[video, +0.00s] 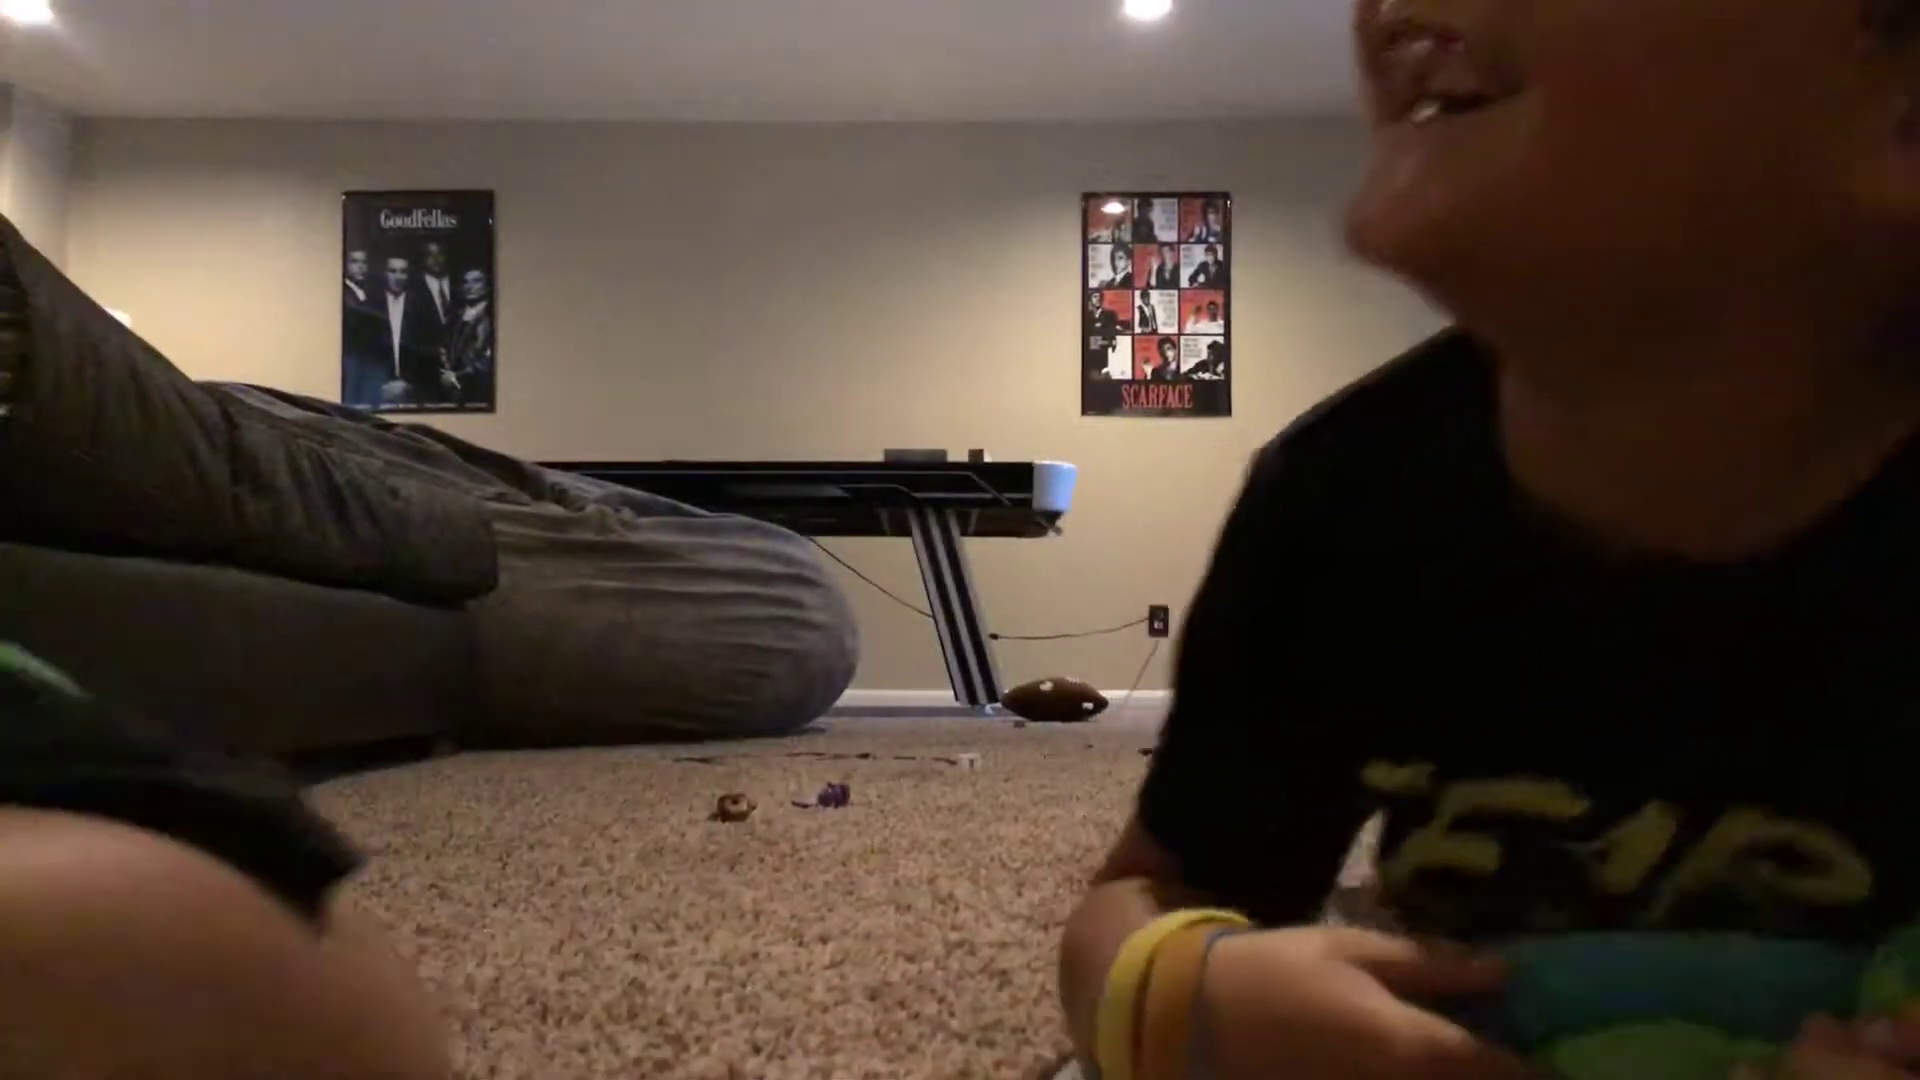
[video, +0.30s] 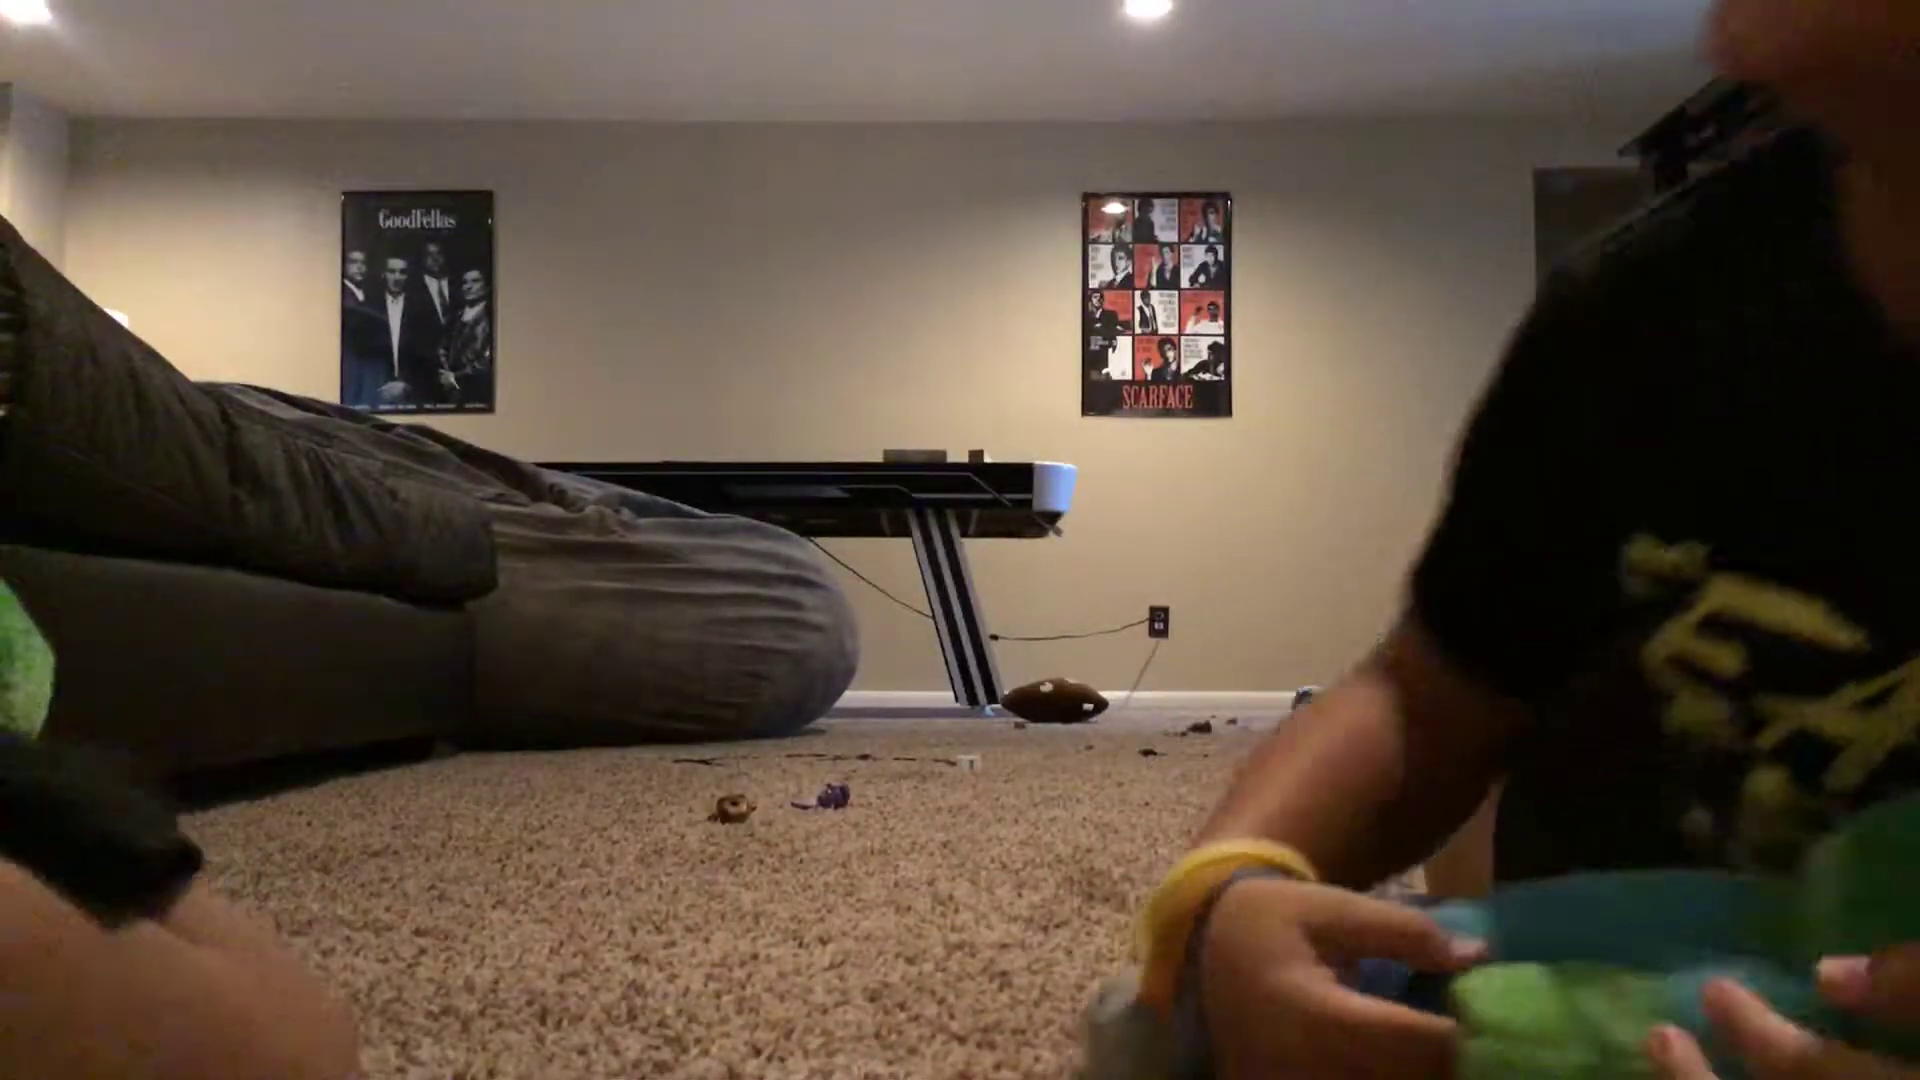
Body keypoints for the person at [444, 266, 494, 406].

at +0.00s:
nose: (470, 287)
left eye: (476, 281)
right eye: (466, 282)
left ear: (486, 287)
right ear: (461, 287)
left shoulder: (490, 316)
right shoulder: (457, 315)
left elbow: (488, 357)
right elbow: (445, 343)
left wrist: (458, 376)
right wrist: (447, 370)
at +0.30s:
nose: (468, 287)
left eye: (475, 281)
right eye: (465, 283)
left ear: (486, 286)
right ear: (461, 287)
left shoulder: (490, 316)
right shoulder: (456, 316)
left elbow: (487, 360)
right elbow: (442, 346)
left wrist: (456, 377)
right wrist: (446, 372)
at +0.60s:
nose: (468, 287)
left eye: (475, 282)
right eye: (465, 283)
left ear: (485, 286)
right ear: (461, 287)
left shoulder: (489, 315)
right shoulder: (458, 315)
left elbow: (487, 359)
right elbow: (443, 345)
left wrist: (456, 377)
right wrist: (446, 371)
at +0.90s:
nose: (468, 286)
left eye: (475, 281)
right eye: (465, 282)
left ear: (486, 285)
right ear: (461, 287)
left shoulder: (489, 314)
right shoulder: (459, 314)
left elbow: (487, 359)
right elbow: (443, 345)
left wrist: (456, 377)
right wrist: (446, 371)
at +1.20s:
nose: (469, 286)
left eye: (475, 281)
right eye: (465, 282)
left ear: (486, 285)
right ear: (461, 287)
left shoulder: (489, 315)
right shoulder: (458, 315)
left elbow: (486, 360)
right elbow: (444, 344)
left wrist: (456, 377)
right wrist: (447, 370)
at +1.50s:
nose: (469, 286)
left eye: (475, 281)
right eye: (465, 282)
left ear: (486, 285)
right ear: (461, 287)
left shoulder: (490, 315)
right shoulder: (457, 316)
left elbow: (487, 360)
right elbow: (443, 345)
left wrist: (457, 376)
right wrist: (446, 370)